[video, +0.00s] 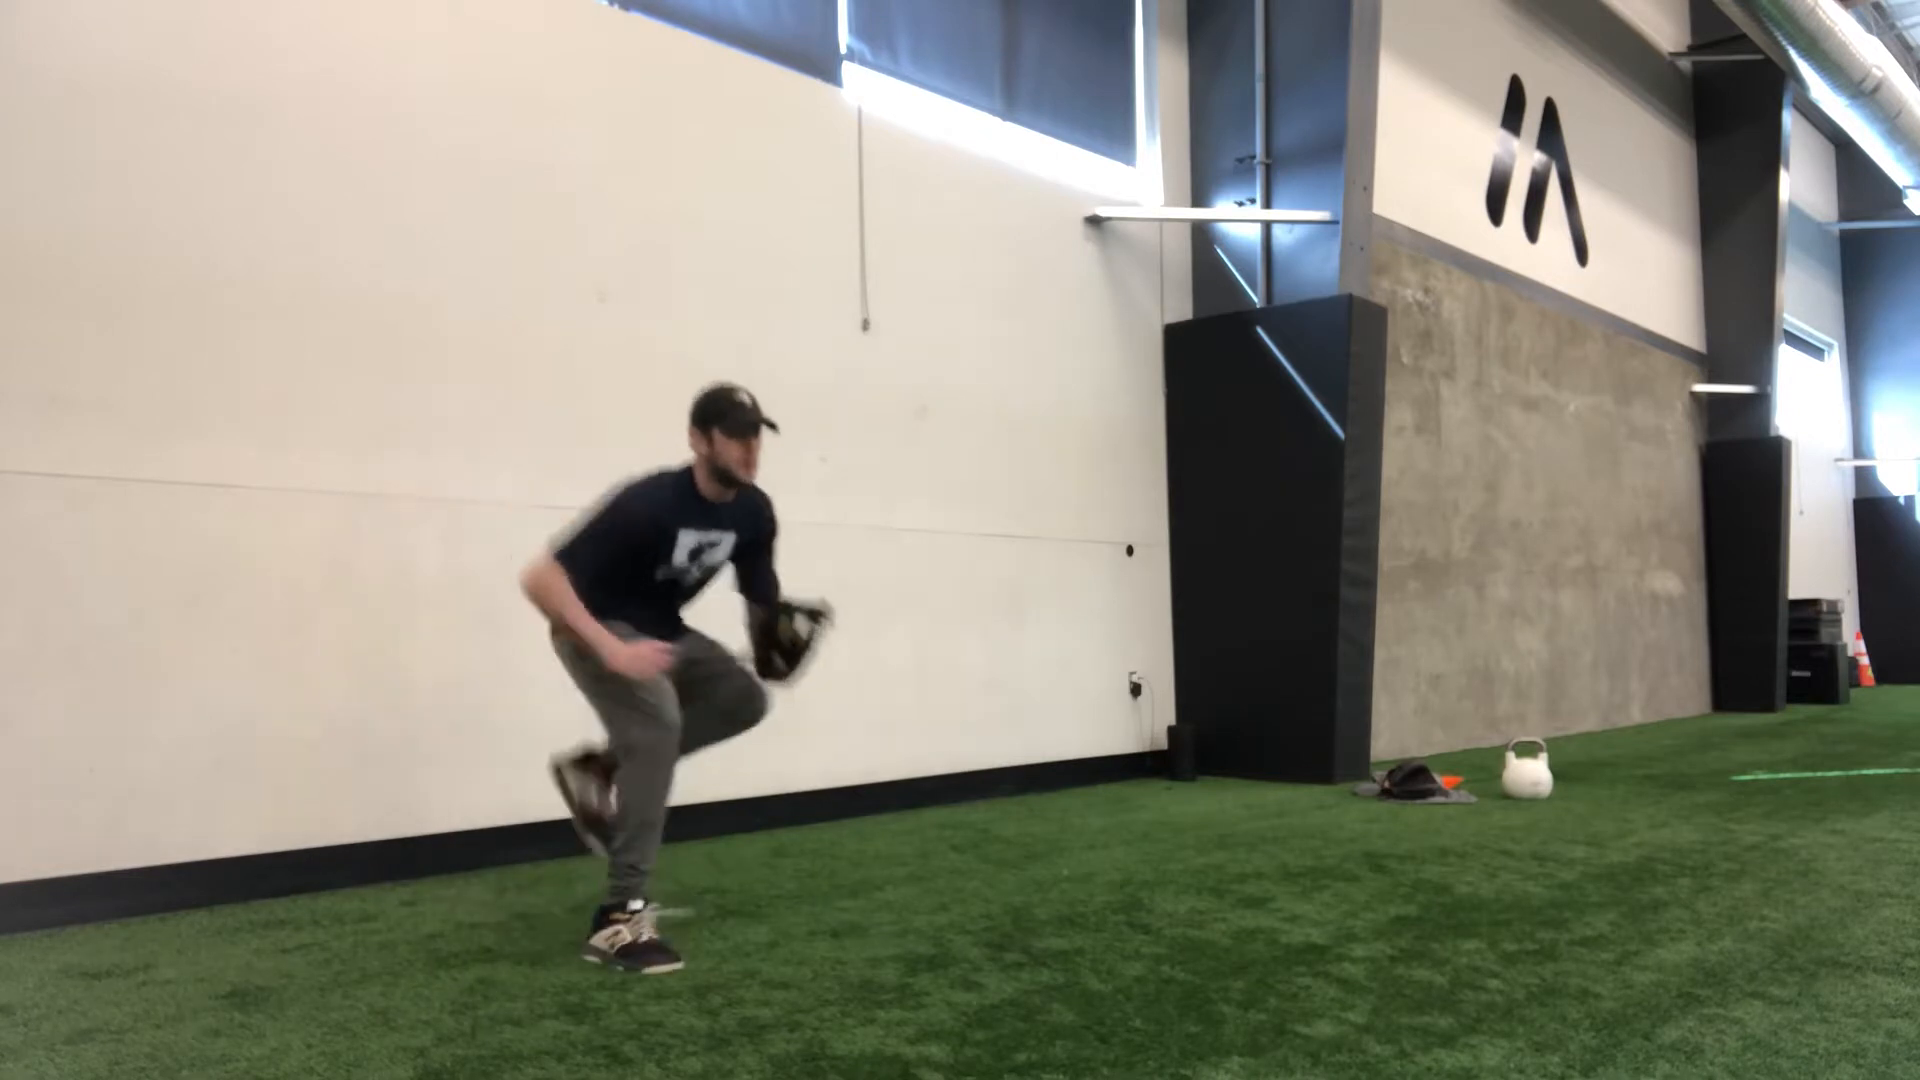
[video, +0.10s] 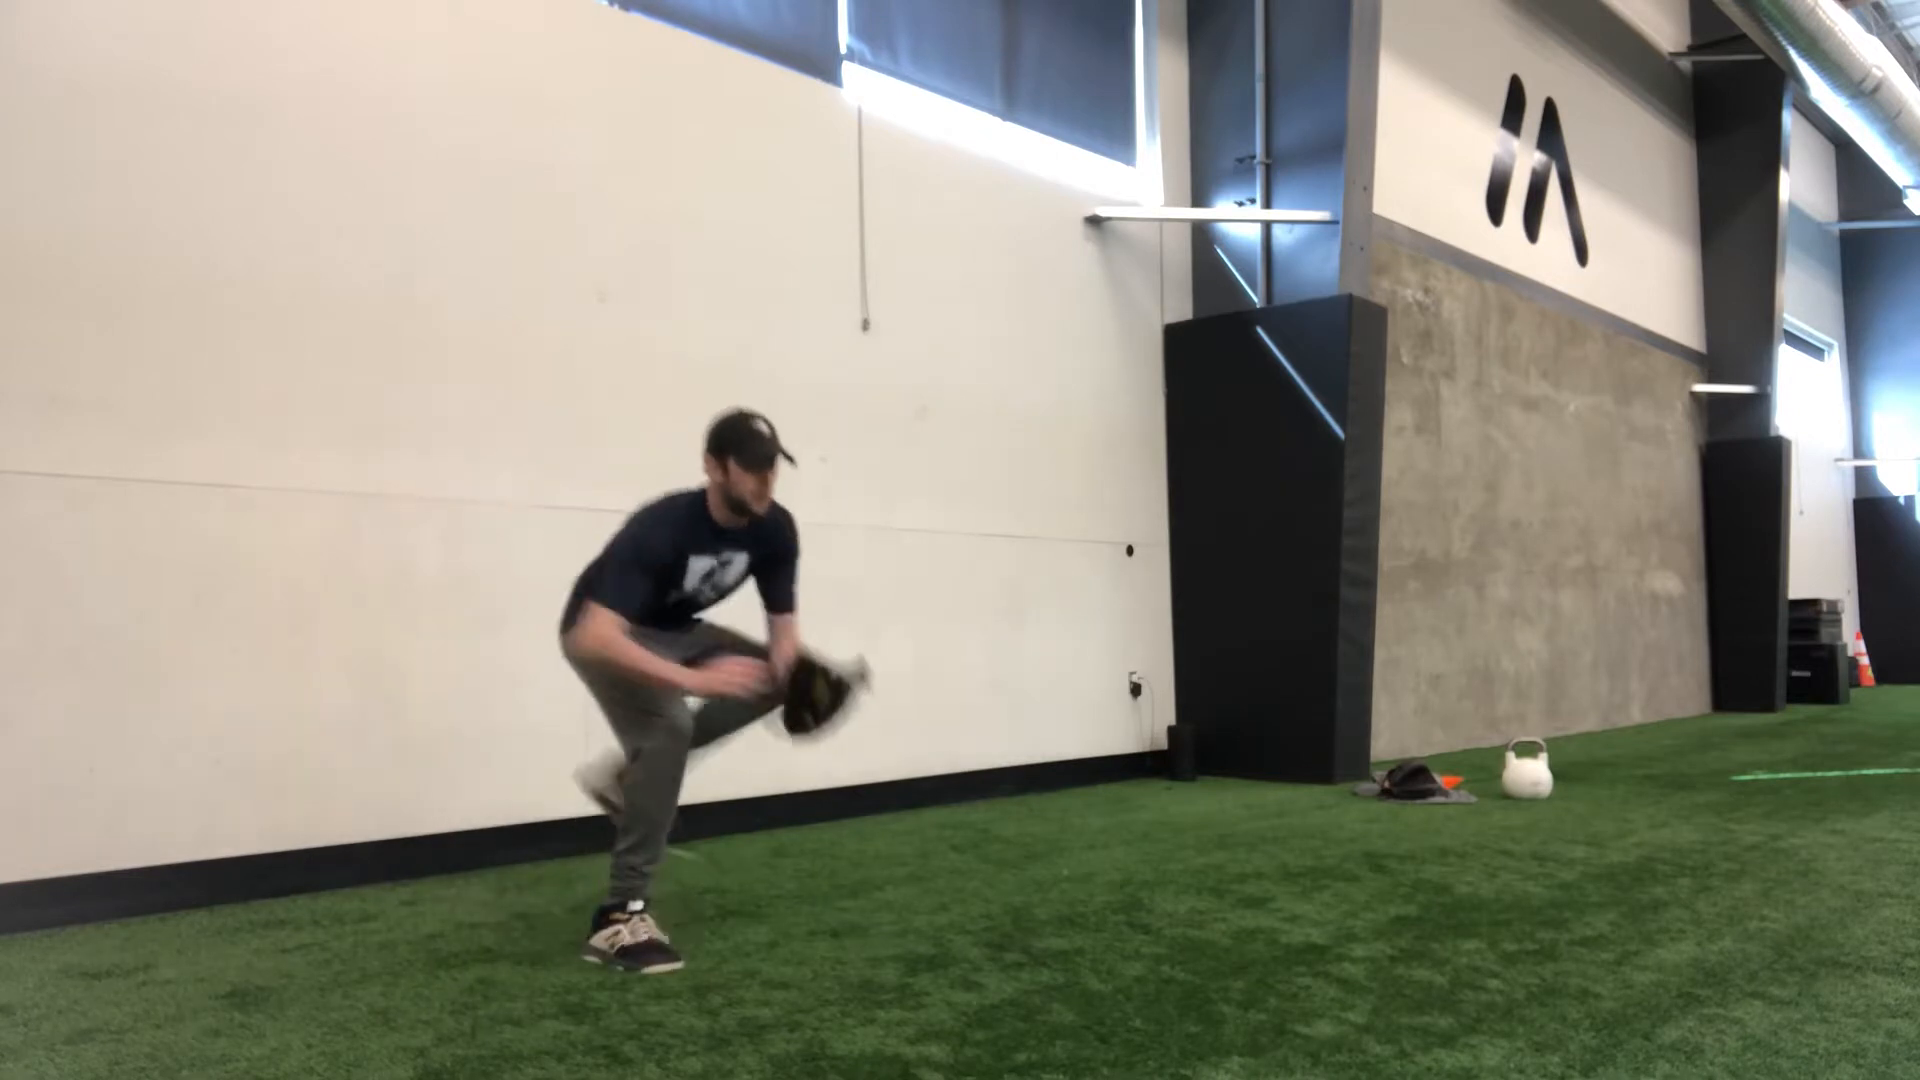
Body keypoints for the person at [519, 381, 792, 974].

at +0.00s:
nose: (752, 453)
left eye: (756, 440)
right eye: (739, 441)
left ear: (757, 441)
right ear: (701, 441)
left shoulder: (752, 512)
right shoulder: (647, 502)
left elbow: (762, 601)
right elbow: (541, 578)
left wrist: (771, 647)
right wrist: (611, 649)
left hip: (660, 631)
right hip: (596, 631)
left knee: (740, 700)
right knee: (653, 732)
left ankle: (603, 775)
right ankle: (622, 915)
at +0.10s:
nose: (768, 483)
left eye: (773, 470)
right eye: (756, 470)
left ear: (776, 468)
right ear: (716, 468)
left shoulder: (773, 530)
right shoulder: (662, 526)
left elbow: (782, 630)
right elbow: (594, 634)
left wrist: (792, 678)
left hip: (676, 634)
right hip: (607, 636)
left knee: (770, 680)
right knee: (668, 732)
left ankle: (628, 775)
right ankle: (622, 914)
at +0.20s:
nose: (788, 513)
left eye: (794, 500)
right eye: (776, 500)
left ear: (800, 496)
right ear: (737, 496)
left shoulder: (790, 553)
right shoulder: (681, 549)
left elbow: (798, 655)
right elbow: (661, 676)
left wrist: (810, 728)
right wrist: (778, 698)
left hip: (692, 628)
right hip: (617, 634)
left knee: (792, 674)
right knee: (671, 733)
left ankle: (781, 812)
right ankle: (621, 913)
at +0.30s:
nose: (817, 556)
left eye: (823, 542)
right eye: (805, 542)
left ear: (829, 535)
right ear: (767, 531)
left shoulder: (816, 590)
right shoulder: (708, 573)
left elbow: (812, 704)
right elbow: (720, 704)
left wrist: (835, 786)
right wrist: (832, 719)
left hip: (719, 639)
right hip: (638, 633)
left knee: (818, 720)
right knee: (669, 730)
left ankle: (904, 837)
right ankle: (622, 913)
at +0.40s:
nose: (850, 595)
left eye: (856, 582)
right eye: (838, 582)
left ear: (861, 575)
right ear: (799, 570)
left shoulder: (847, 631)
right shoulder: (739, 608)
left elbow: (830, 740)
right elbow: (764, 743)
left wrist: (864, 817)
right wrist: (875, 757)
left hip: (751, 661)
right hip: (669, 647)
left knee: (854, 742)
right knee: (684, 735)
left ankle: (926, 865)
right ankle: (624, 912)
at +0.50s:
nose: (880, 635)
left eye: (887, 622)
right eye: (870, 621)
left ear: (892, 615)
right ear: (831, 610)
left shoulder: (876, 663)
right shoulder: (774, 636)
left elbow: (861, 777)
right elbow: (807, 774)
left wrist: (891, 837)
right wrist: (911, 817)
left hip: (784, 678)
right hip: (701, 660)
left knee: (893, 741)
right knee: (702, 741)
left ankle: (963, 875)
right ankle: (623, 916)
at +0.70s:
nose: (966, 623)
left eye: (970, 611)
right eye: (957, 610)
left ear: (966, 607)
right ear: (918, 597)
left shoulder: (957, 646)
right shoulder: (856, 626)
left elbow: (930, 749)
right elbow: (826, 760)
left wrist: (940, 817)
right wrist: (915, 808)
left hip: (863, 672)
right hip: (780, 657)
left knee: (963, 730)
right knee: (747, 766)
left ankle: (968, 878)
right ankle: (627, 915)